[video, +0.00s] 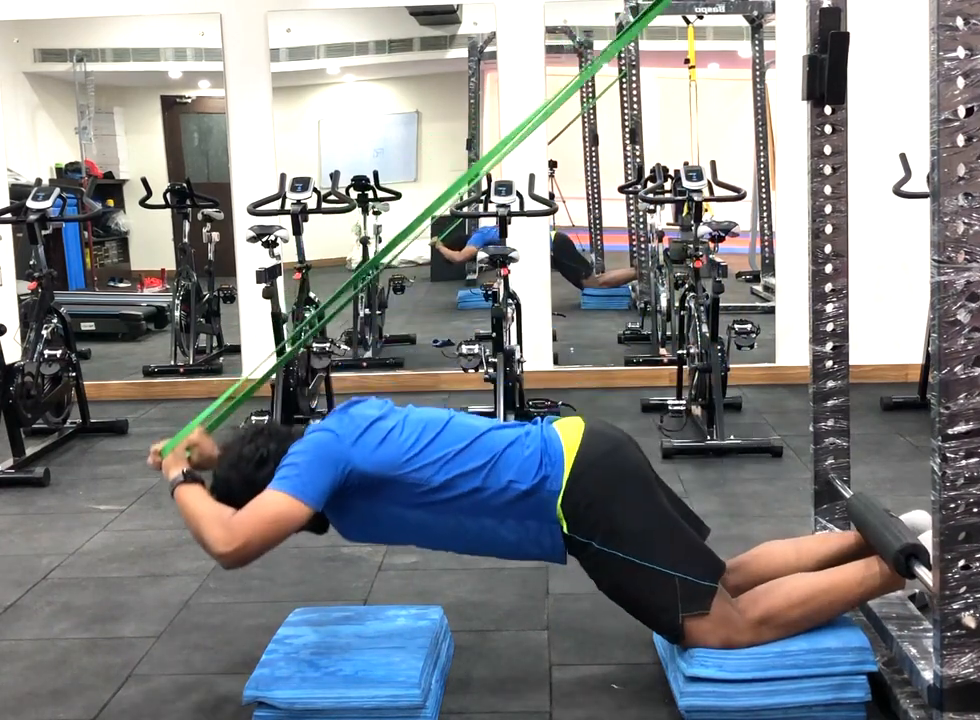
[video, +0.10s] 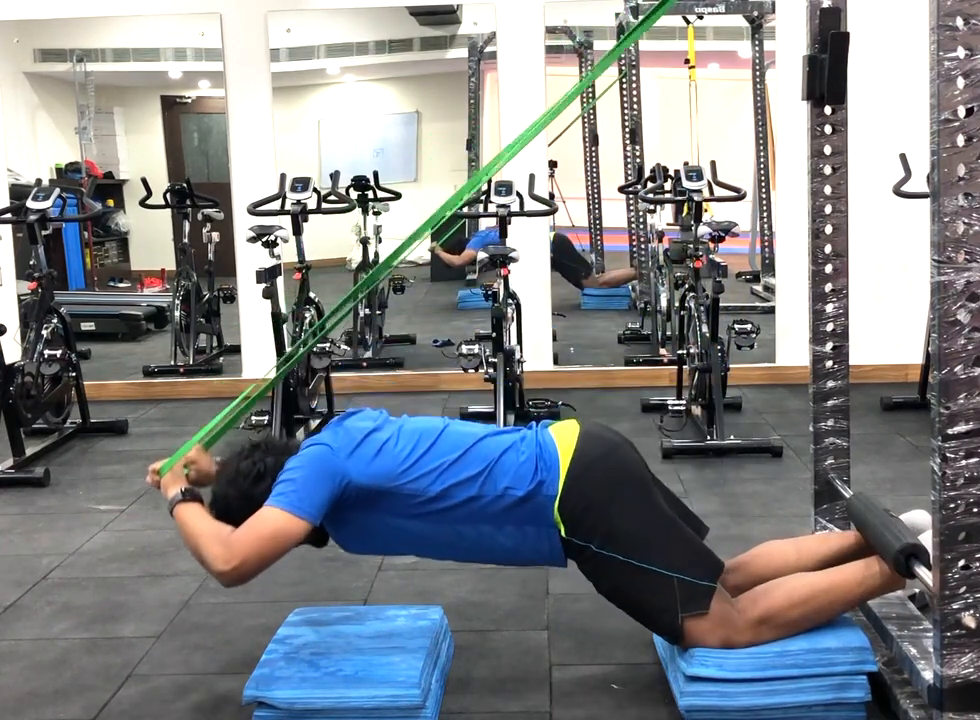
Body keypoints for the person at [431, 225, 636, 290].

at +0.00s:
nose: (464, 248)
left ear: (471, 234)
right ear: (476, 228)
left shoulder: (483, 233)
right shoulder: (497, 230)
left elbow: (459, 258)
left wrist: (438, 246)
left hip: (556, 244)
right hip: (554, 244)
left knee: (593, 282)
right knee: (591, 281)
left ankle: (641, 270)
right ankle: (640, 270)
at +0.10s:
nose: (462, 259)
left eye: (460, 257)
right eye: (460, 256)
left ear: (462, 249)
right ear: (465, 242)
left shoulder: (479, 239)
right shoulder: (486, 234)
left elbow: (458, 262)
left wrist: (436, 250)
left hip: (555, 244)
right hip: (552, 245)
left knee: (593, 282)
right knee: (591, 282)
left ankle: (642, 271)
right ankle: (640, 271)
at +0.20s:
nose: (462, 261)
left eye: (461, 258)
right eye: (461, 258)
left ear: (464, 251)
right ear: (469, 241)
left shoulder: (479, 241)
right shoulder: (489, 235)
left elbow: (458, 265)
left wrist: (436, 254)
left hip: (554, 246)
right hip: (553, 244)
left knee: (593, 282)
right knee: (592, 280)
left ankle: (642, 270)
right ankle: (641, 270)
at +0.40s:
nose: (460, 260)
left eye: (460, 256)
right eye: (459, 256)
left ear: (463, 249)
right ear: (471, 240)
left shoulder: (479, 240)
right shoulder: (490, 235)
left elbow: (457, 264)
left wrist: (435, 253)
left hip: (554, 246)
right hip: (552, 244)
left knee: (593, 282)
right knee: (592, 281)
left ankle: (642, 270)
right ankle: (641, 269)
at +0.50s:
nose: (460, 259)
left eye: (457, 256)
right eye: (458, 256)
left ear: (460, 249)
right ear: (463, 241)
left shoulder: (478, 238)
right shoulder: (484, 234)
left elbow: (456, 261)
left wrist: (434, 250)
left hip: (555, 245)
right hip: (553, 245)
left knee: (594, 282)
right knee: (591, 282)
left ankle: (641, 271)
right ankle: (640, 271)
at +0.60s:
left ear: (475, 227)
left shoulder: (484, 232)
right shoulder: (500, 229)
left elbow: (459, 257)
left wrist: (435, 245)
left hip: (556, 244)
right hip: (554, 244)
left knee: (594, 281)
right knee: (591, 281)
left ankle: (642, 270)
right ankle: (641, 270)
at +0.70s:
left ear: (482, 213)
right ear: (497, 208)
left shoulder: (486, 227)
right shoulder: (502, 223)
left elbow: (461, 252)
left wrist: (436, 241)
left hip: (558, 243)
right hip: (556, 245)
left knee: (593, 280)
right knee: (592, 281)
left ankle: (642, 270)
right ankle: (641, 270)